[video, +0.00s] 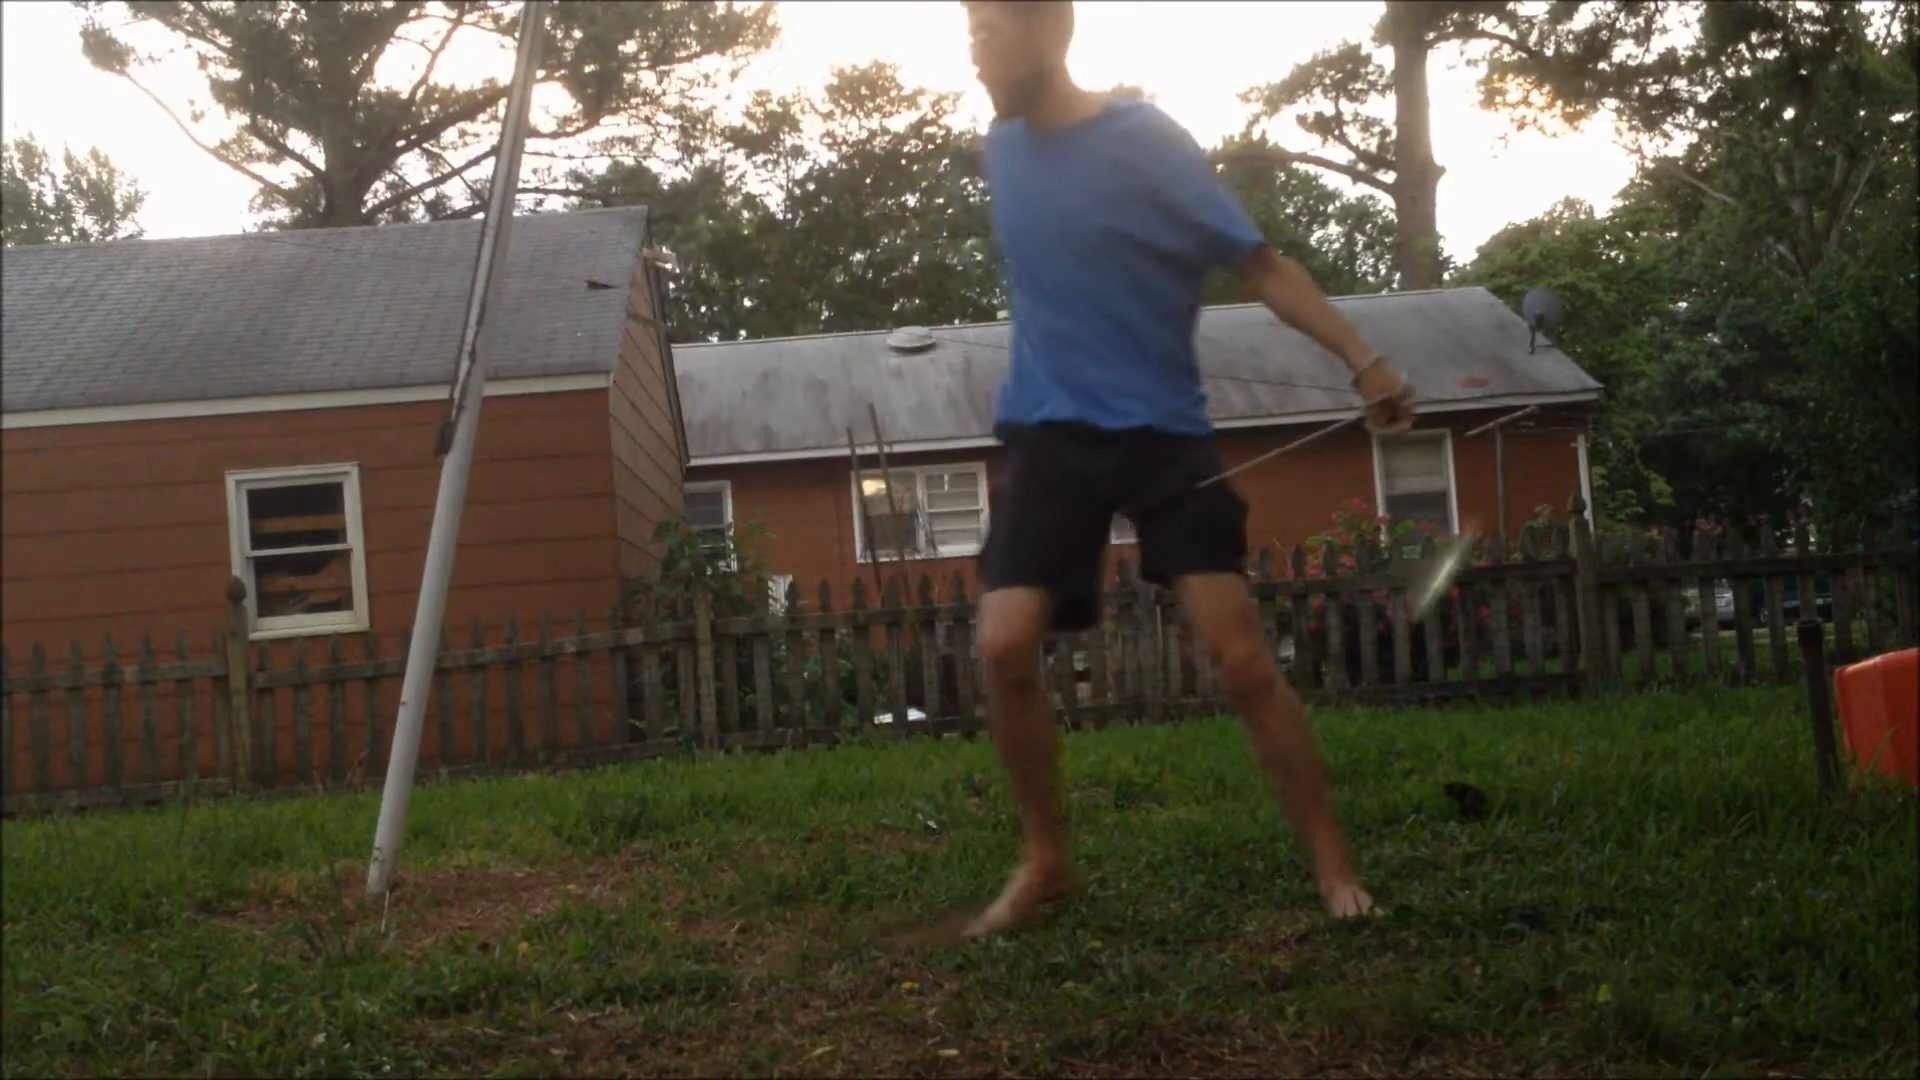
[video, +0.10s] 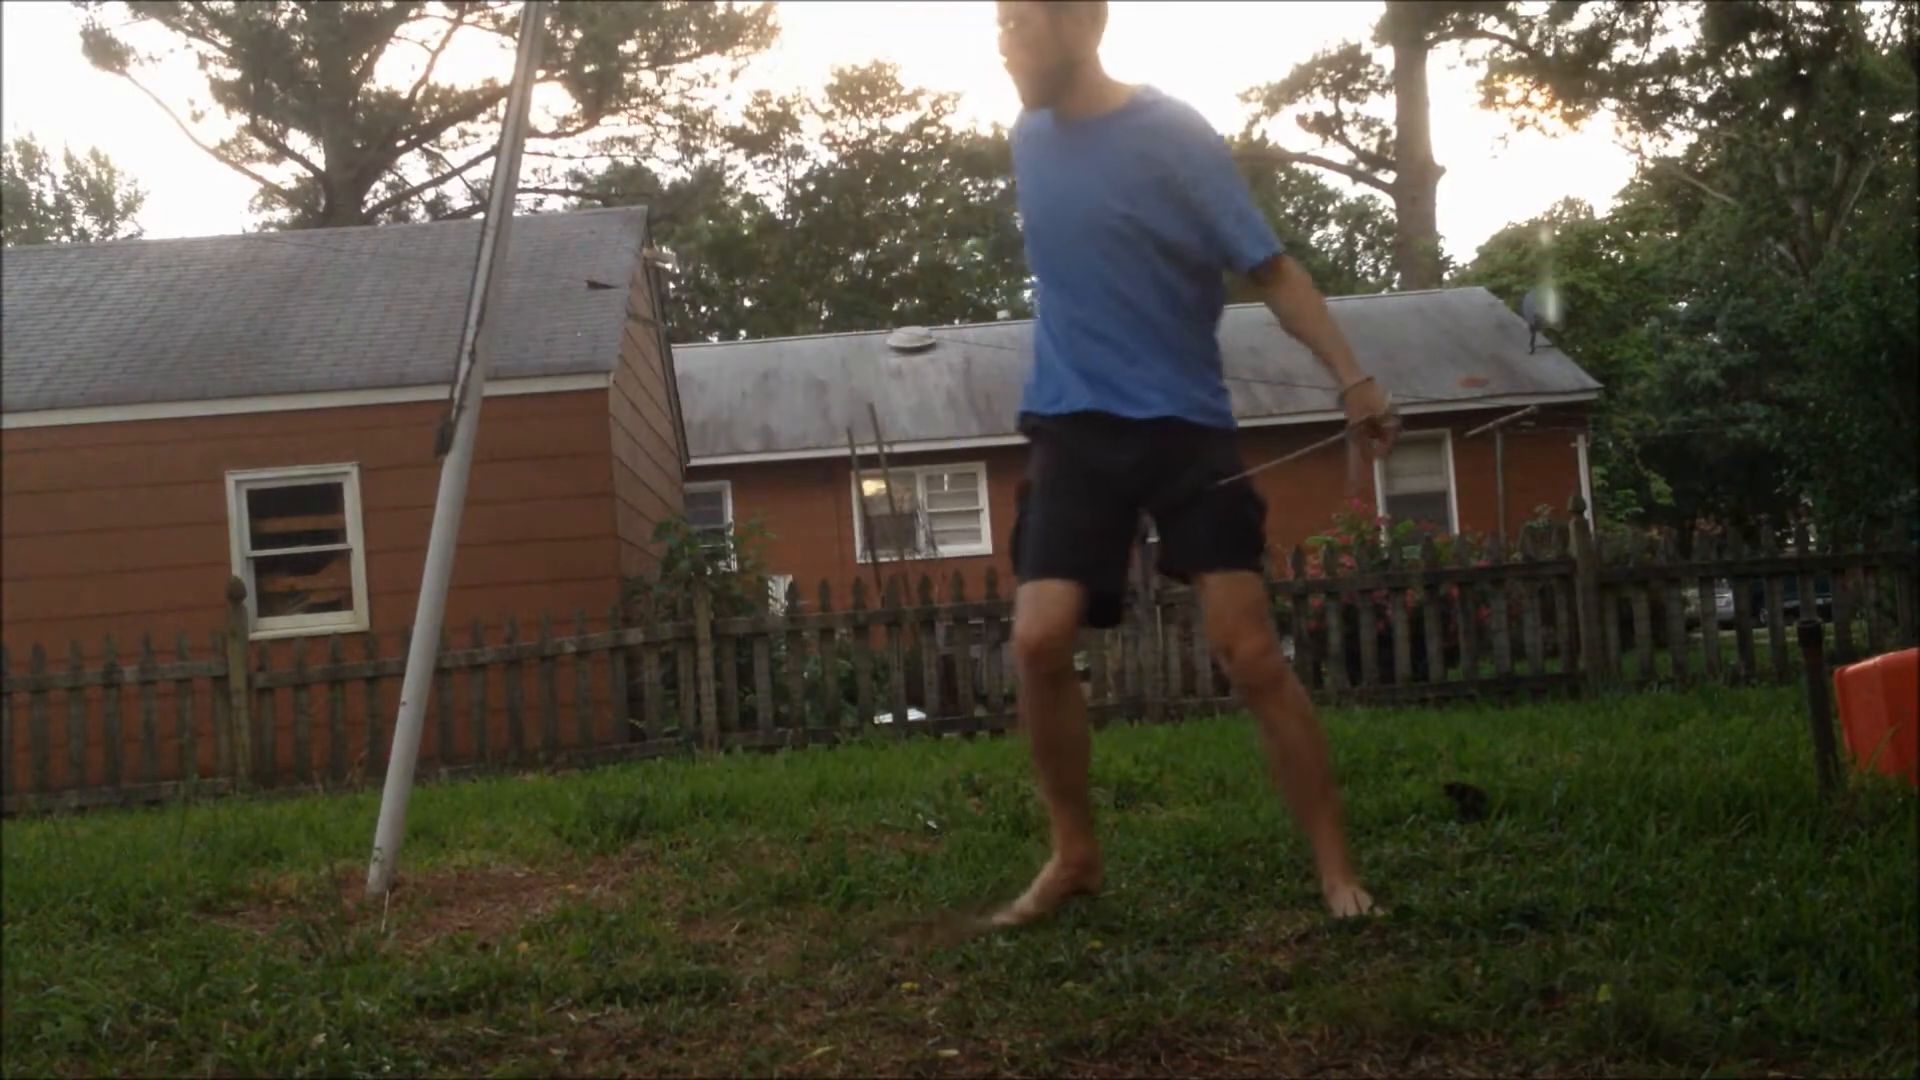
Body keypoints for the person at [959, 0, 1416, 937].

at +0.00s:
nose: (976, 40)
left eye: (993, 20)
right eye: (971, 24)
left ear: (1054, 24)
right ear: (979, 37)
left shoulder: (1142, 138)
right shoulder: (1000, 148)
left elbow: (1258, 263)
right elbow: (1052, 282)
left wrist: (1363, 360)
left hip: (1165, 435)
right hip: (1047, 437)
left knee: (1238, 657)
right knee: (1002, 647)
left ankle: (1336, 877)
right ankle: (1045, 862)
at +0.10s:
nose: (1002, 40)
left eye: (1018, 20)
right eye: (1000, 24)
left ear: (1082, 21)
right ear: (1027, 38)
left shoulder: (1174, 133)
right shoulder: (1030, 139)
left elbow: (1271, 268)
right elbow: (1073, 271)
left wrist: (1351, 374)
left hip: (1187, 429)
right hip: (1072, 430)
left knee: (1252, 655)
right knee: (1037, 643)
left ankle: (1338, 880)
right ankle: (1073, 857)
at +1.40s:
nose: (1034, 47)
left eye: (1049, 28)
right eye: (1037, 30)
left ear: (1100, 35)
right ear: (1088, 39)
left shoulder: (1107, 136)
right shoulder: (1089, 141)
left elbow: (994, 229)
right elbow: (1049, 248)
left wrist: (837, 258)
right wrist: (949, 206)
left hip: (1025, 380)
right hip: (1030, 403)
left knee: (805, 289)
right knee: (927, 651)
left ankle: (547, 320)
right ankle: (1032, 877)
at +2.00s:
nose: (1173, 35)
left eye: (1183, 16)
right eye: (1176, 18)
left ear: (1226, 21)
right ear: (1244, 25)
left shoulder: (1251, 90)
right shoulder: (1259, 142)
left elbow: (1295, 181)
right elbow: (1178, 287)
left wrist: (1171, 192)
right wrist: (1051, 240)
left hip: (1304, 374)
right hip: (1351, 384)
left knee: (1105, 520)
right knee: (1338, 639)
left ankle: (1308, 647)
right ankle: (1388, 870)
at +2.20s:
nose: (1190, 59)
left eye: (1193, 33)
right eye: (1184, 37)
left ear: (1235, 30)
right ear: (1227, 36)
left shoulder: (1296, 99)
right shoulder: (1282, 130)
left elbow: (1251, 43)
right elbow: (1346, 305)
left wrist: (1177, 2)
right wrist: (1243, 364)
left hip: (1368, 380)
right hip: (1412, 381)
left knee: (1188, 550)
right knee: (1429, 653)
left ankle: (1383, 714)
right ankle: (1543, 865)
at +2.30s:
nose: (1191, 52)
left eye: (1195, 30)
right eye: (1186, 34)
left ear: (1234, 29)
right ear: (1225, 40)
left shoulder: (1293, 93)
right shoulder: (1294, 124)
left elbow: (1266, 23)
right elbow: (1377, 235)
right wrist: (1284, 304)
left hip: (1382, 378)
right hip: (1412, 380)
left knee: (1241, 580)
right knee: (1413, 659)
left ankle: (1389, 814)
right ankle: (1541, 872)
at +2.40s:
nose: (1197, 36)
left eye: (1205, 15)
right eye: (1196, 18)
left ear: (1247, 19)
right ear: (1257, 24)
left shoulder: (1289, 80)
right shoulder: (1275, 123)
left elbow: (1341, 84)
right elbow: (1331, 248)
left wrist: (1342, 48)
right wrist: (1240, 242)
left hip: (1372, 390)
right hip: (1383, 398)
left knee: (1270, 599)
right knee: (1396, 673)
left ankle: (1376, 865)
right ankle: (1543, 874)